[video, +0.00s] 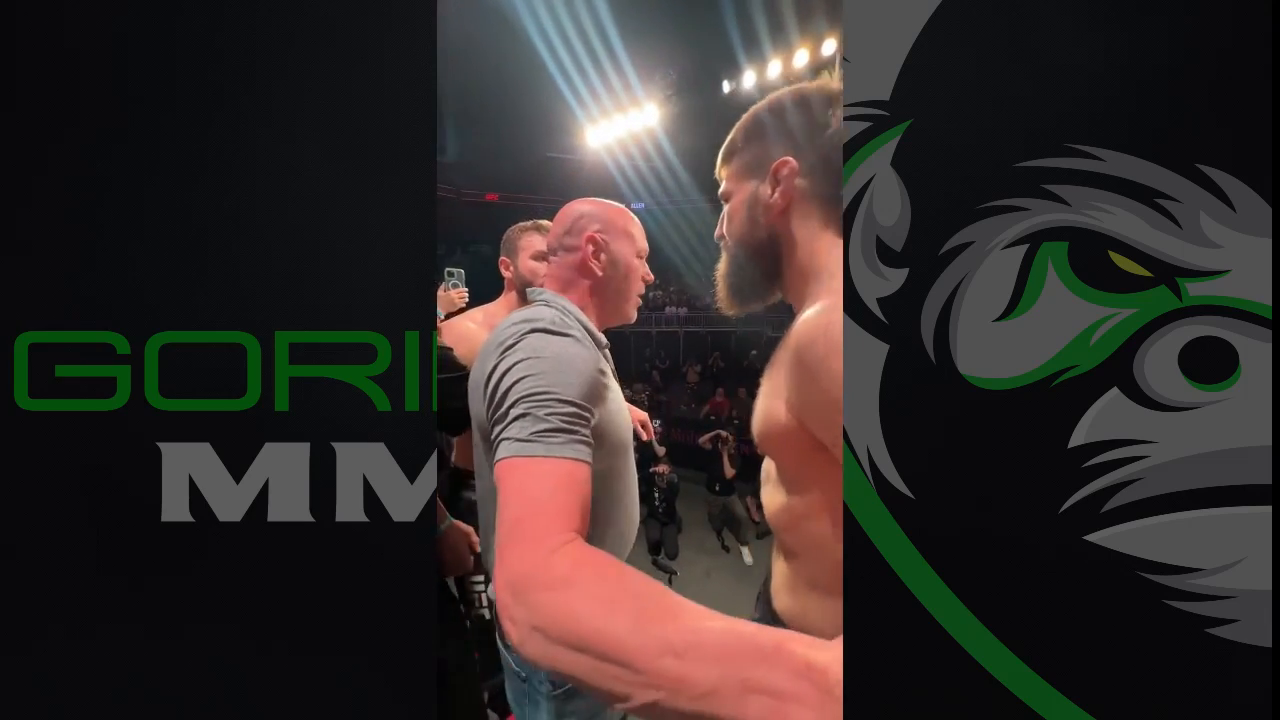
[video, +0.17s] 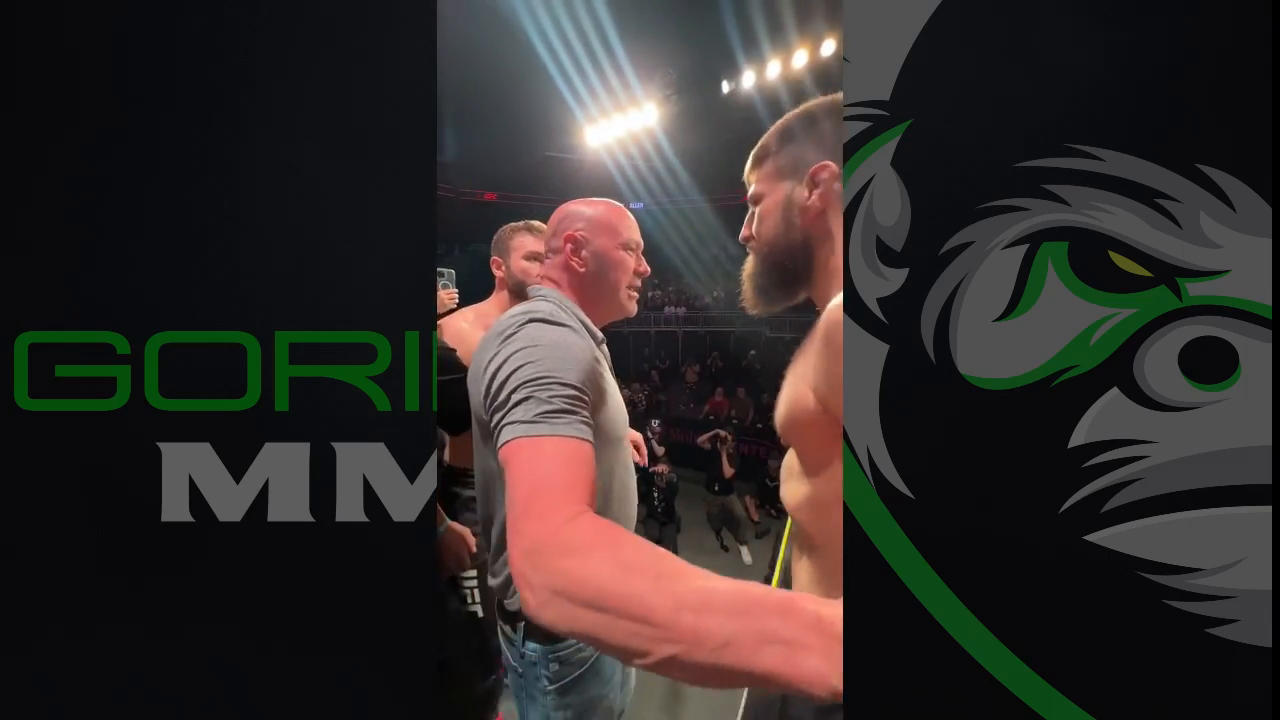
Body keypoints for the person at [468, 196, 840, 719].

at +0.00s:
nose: (650, 277)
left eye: (648, 261)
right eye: (641, 257)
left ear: (592, 257)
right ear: (595, 254)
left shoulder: (545, 333)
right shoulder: (549, 344)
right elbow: (538, 590)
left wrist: (614, 412)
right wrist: (818, 680)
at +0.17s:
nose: (646, 267)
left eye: (642, 253)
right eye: (631, 249)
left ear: (574, 252)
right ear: (575, 250)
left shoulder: (561, 330)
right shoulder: (543, 337)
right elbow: (557, 565)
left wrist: (612, 438)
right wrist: (829, 645)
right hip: (560, 650)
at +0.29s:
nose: (640, 266)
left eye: (635, 251)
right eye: (623, 248)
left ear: (568, 253)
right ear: (567, 251)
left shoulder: (562, 333)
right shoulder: (537, 337)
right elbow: (563, 547)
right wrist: (830, 605)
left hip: (587, 618)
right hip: (553, 636)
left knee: (603, 707)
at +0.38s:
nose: (635, 266)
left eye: (631, 252)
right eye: (619, 249)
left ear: (565, 254)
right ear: (564, 252)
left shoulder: (557, 332)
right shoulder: (535, 337)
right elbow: (564, 544)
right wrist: (825, 580)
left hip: (581, 621)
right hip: (549, 644)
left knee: (598, 707)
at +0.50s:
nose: (637, 269)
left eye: (633, 256)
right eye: (621, 253)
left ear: (567, 256)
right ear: (567, 254)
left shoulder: (551, 331)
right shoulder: (538, 341)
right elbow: (574, 541)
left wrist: (598, 449)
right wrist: (823, 553)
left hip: (579, 616)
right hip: (536, 649)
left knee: (600, 703)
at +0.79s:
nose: (644, 270)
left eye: (641, 256)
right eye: (631, 254)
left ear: (581, 259)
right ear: (579, 256)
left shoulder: (568, 333)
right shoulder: (538, 339)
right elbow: (619, 526)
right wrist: (848, 544)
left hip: (584, 582)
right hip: (540, 611)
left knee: (590, 685)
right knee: (557, 712)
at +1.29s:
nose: (665, 285)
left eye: (664, 271)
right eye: (655, 269)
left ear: (607, 265)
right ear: (610, 262)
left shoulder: (572, 327)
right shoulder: (577, 341)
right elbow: (633, 501)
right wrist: (816, 509)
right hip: (559, 563)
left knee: (565, 666)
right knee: (565, 703)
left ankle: (574, 708)